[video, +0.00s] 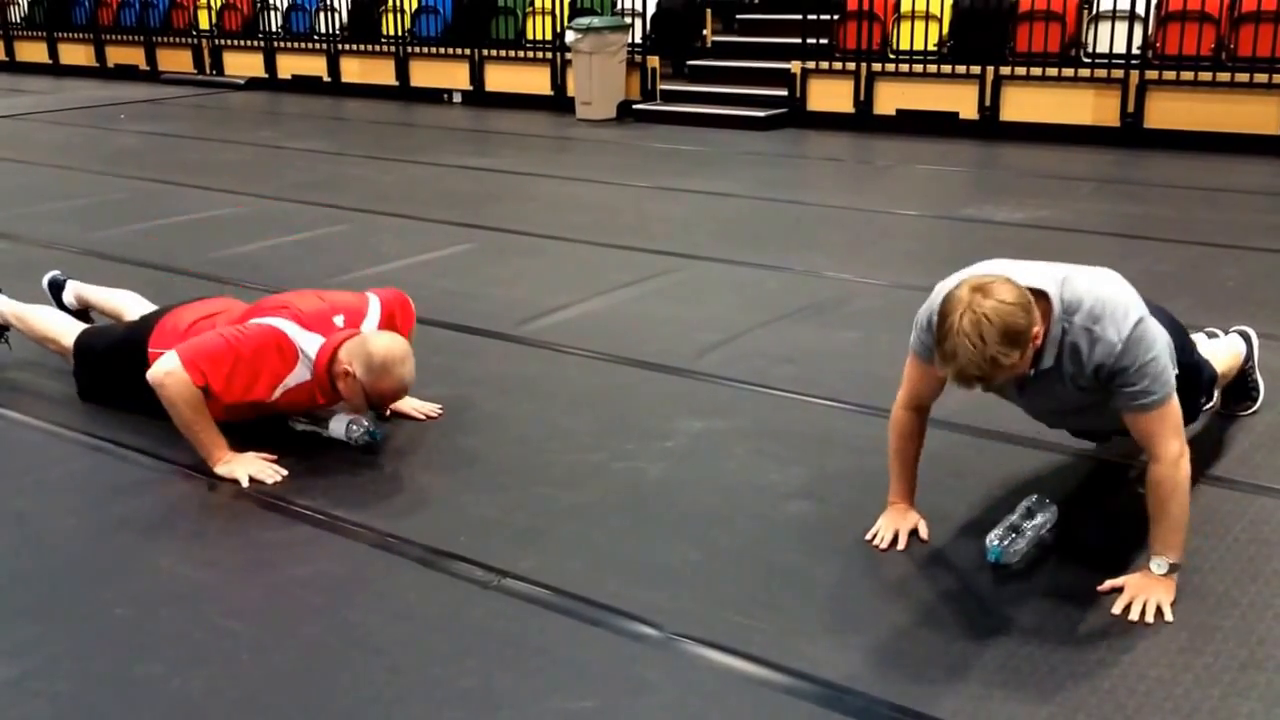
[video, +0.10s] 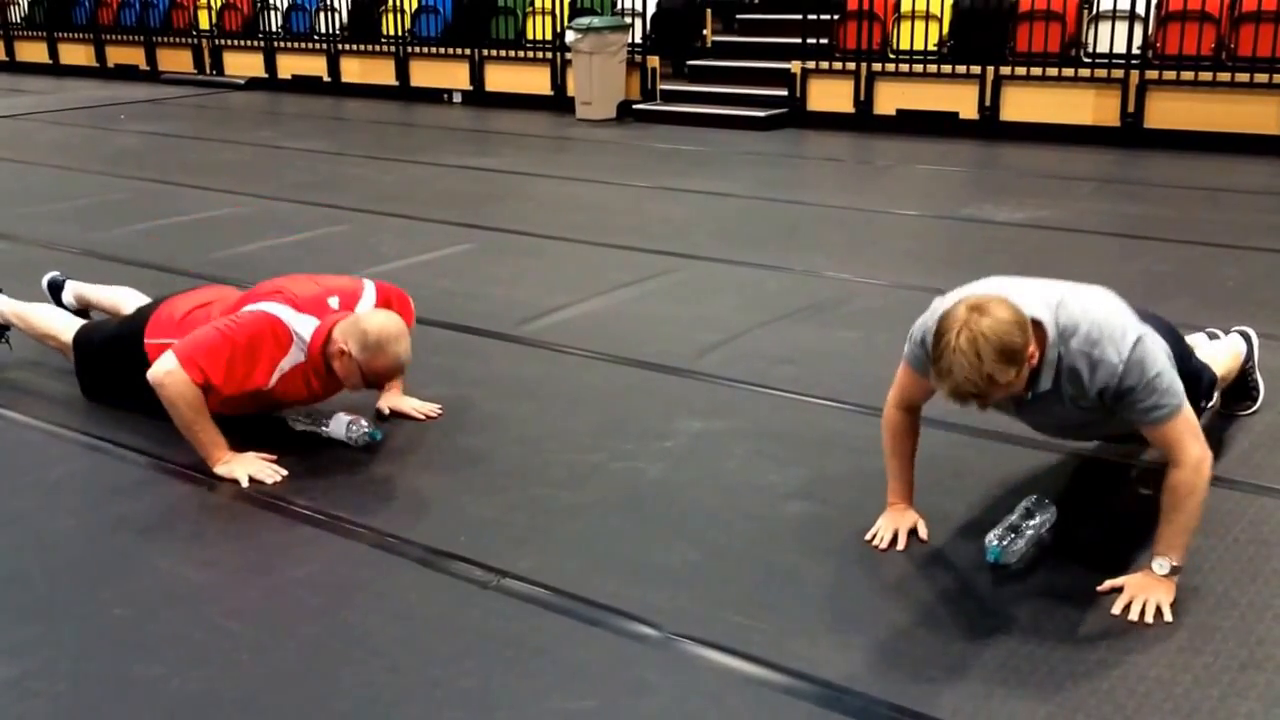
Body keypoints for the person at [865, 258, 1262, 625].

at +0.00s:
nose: (992, 386)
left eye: (1003, 375)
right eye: (980, 378)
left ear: (1035, 336)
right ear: (953, 341)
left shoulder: (1122, 334)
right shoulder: (945, 315)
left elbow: (1169, 454)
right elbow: (911, 406)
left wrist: (1161, 569)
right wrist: (899, 502)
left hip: (1148, 377)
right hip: (1064, 400)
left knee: (1198, 385)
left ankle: (1236, 351)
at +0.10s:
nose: (989, 405)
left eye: (999, 392)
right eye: (975, 396)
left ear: (1030, 352)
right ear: (957, 364)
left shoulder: (1120, 352)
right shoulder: (939, 332)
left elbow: (1194, 458)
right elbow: (901, 407)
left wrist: (1162, 570)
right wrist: (898, 502)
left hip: (1148, 375)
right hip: (1062, 403)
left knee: (1198, 377)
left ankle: (1238, 348)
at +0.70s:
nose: (991, 407)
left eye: (998, 394)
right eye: (977, 401)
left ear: (1027, 345)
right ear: (948, 351)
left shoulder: (1115, 340)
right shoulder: (938, 315)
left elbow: (1173, 457)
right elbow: (905, 407)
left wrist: (1158, 570)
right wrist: (896, 503)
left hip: (1145, 375)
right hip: (1057, 400)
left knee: (1197, 381)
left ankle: (1237, 350)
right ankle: (1206, 347)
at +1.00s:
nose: (979, 483)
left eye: (984, 475)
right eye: (962, 478)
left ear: (1009, 432)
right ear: (932, 427)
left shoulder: (1100, 407)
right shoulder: (930, 372)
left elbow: (1210, 469)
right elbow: (880, 412)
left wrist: (1158, 572)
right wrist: (893, 503)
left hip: (1137, 398)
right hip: (1087, 372)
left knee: (1193, 393)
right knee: (1133, 365)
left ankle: (1235, 346)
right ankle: (1201, 339)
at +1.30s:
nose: (990, 463)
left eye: (992, 452)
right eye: (974, 459)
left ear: (1014, 412)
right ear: (941, 417)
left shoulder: (1104, 394)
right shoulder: (930, 361)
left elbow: (1208, 469)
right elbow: (883, 410)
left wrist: (1158, 571)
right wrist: (894, 504)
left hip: (1136, 388)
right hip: (1084, 365)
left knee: (1195, 390)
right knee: (1139, 363)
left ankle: (1234, 345)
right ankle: (1198, 340)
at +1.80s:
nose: (982, 492)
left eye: (986, 482)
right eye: (962, 488)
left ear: (1012, 441)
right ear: (932, 431)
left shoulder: (1100, 418)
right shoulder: (934, 380)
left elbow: (1218, 474)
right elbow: (878, 411)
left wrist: (1158, 572)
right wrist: (893, 504)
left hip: (1140, 410)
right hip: (1087, 385)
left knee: (1192, 399)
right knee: (1133, 377)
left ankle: (1232, 346)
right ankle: (1195, 341)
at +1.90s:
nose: (966, 522)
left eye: (973, 514)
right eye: (955, 515)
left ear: (1007, 474)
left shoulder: (1096, 433)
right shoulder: (951, 392)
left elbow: (1220, 477)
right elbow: (876, 409)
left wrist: (1158, 573)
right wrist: (893, 503)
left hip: (1133, 415)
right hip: (1066, 391)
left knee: (1191, 405)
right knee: (1129, 385)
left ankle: (1232, 346)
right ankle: (1195, 341)